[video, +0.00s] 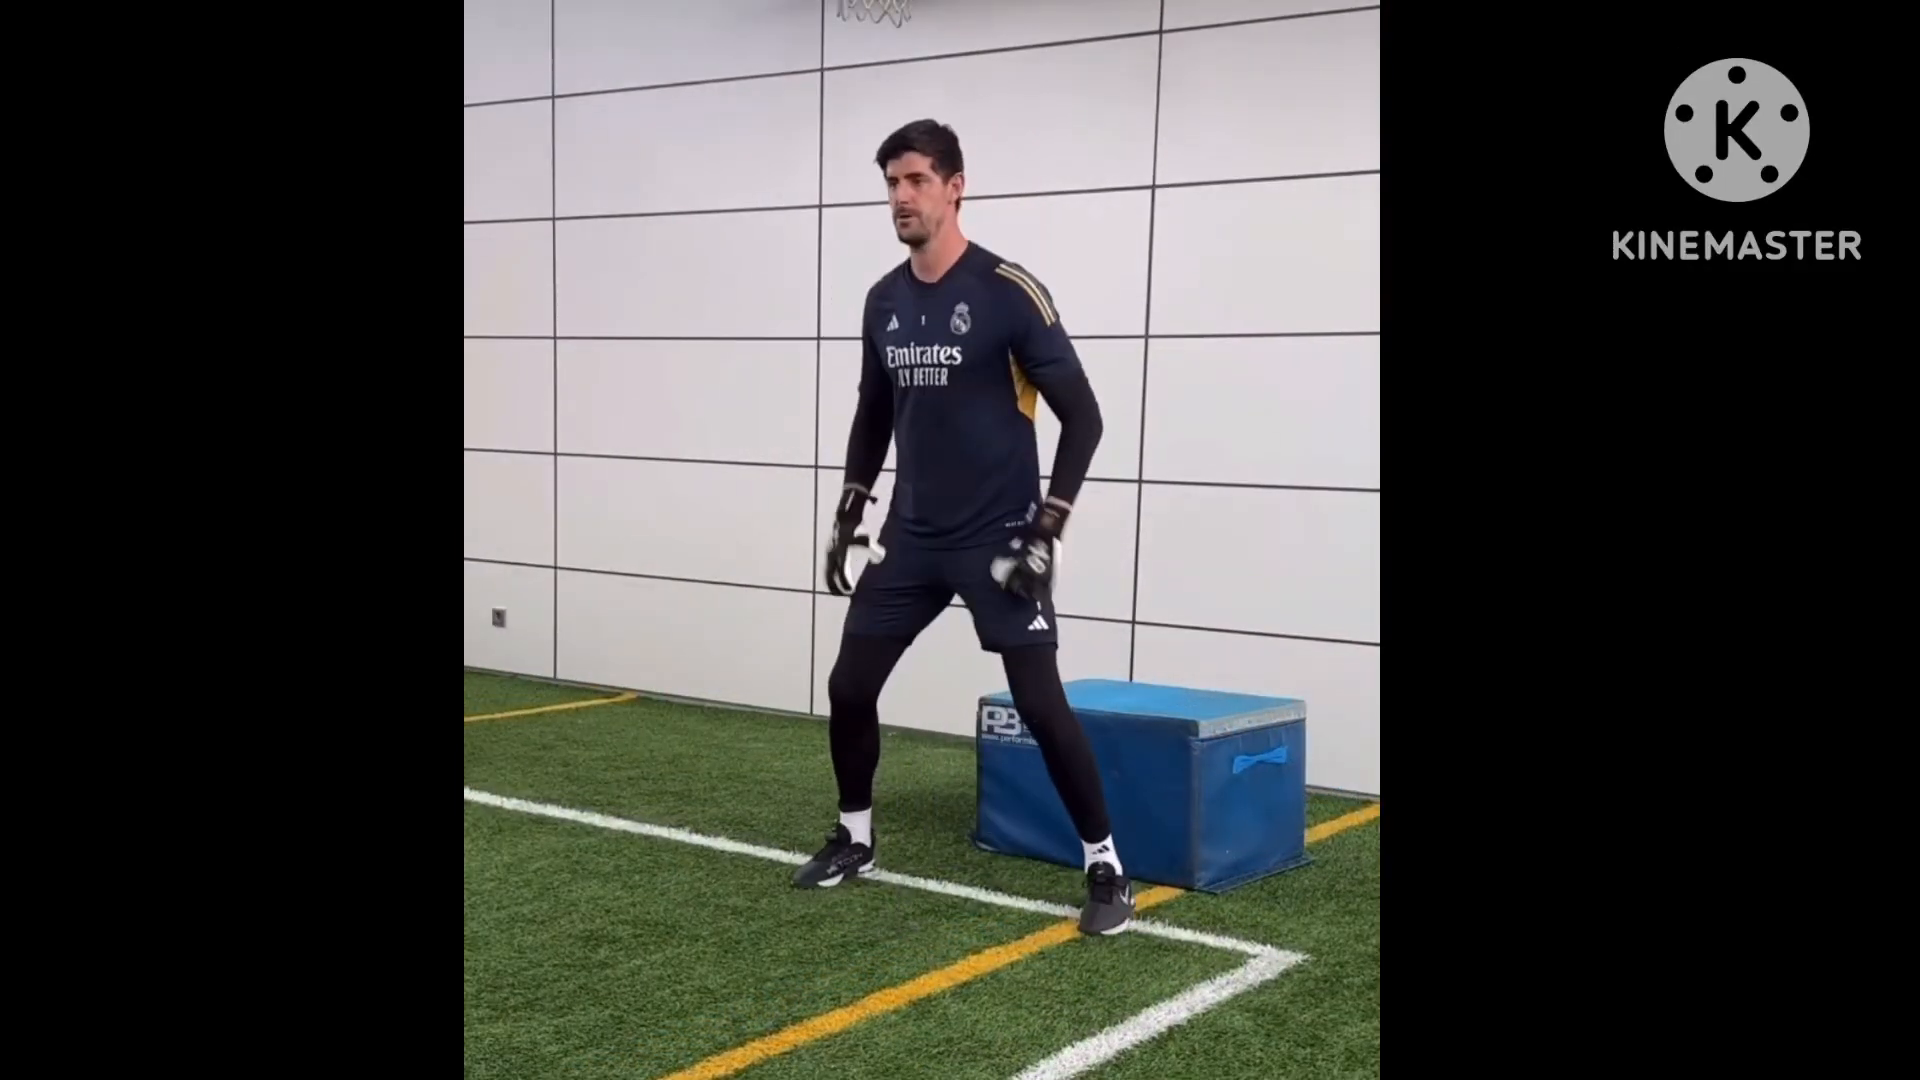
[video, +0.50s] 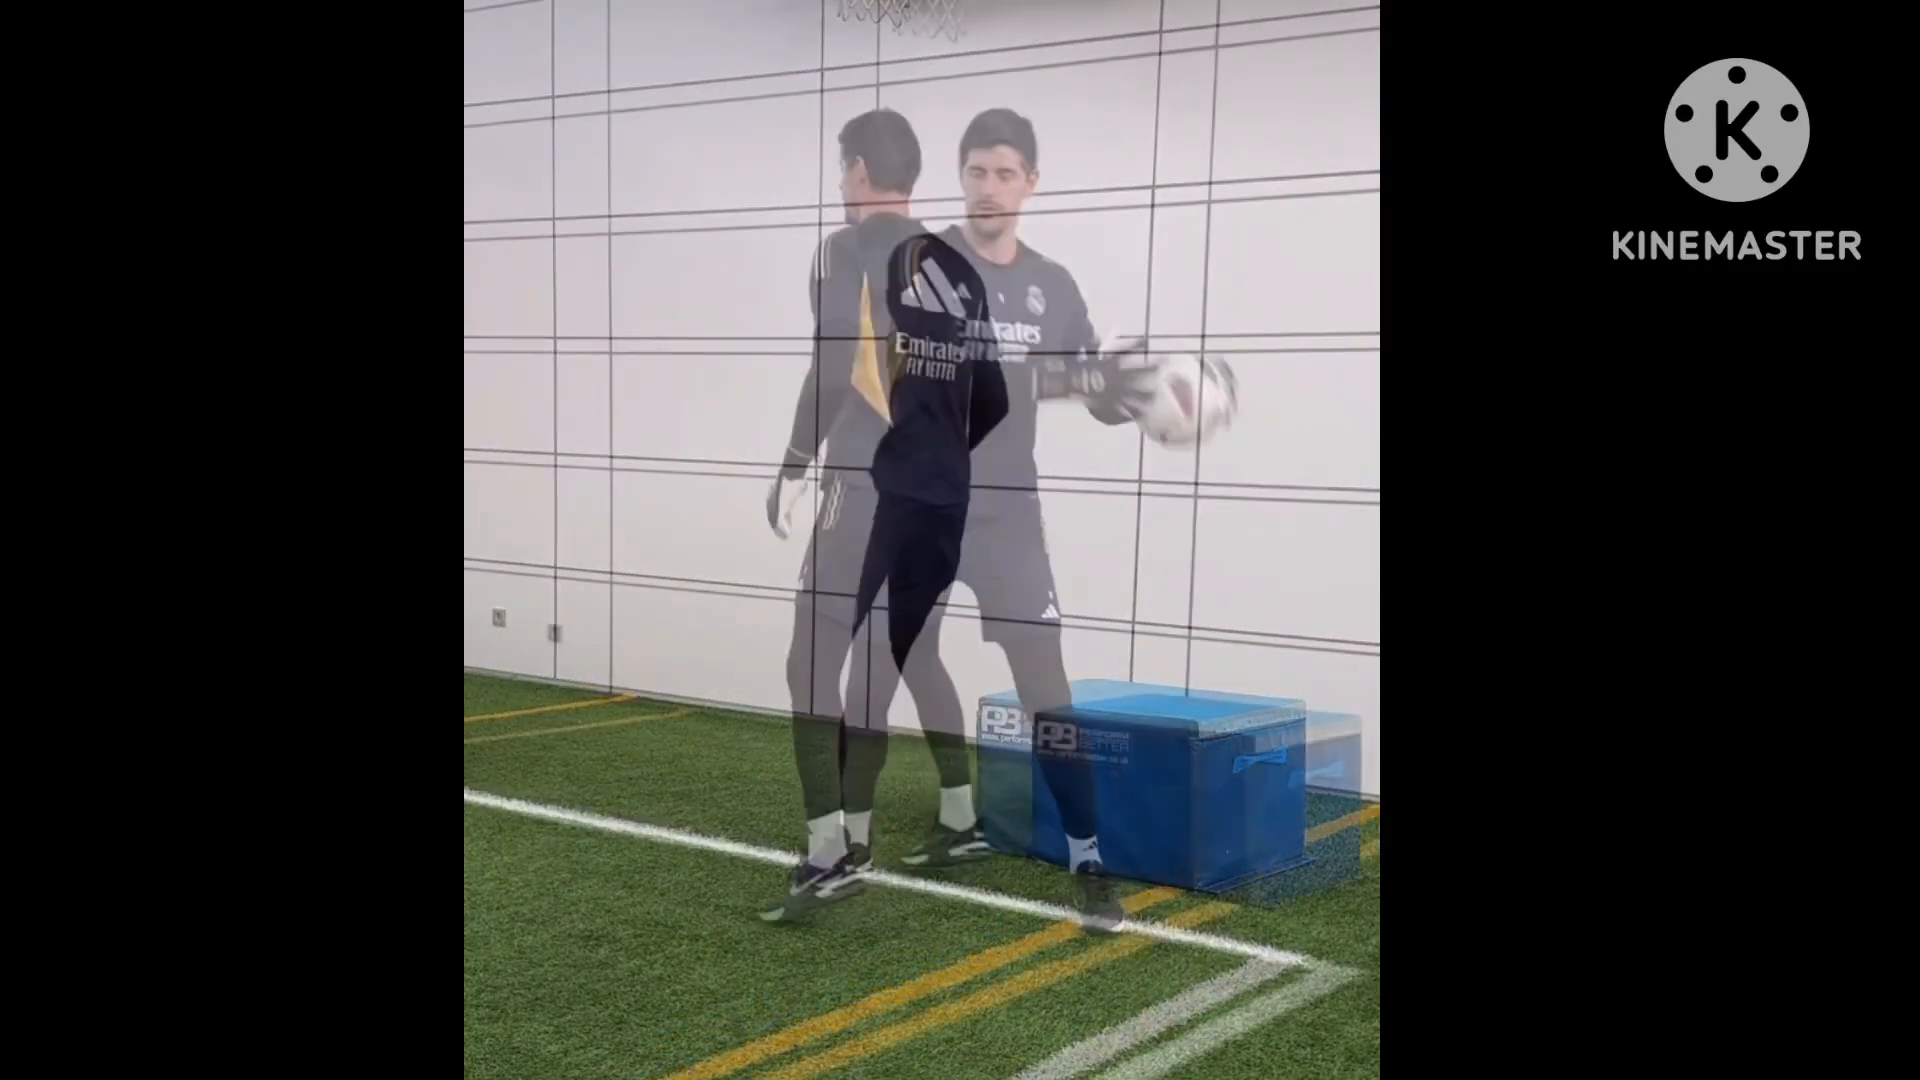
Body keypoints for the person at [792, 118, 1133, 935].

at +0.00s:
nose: (900, 197)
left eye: (915, 181)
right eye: (892, 183)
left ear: (955, 187)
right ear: (888, 194)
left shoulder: (1010, 293)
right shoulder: (885, 301)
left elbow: (1082, 416)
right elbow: (875, 410)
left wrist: (1046, 528)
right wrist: (848, 511)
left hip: (999, 538)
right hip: (911, 539)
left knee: (1040, 703)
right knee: (848, 689)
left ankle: (1105, 867)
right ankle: (853, 838)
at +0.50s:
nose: (841, 182)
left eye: (843, 169)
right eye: (846, 169)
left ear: (861, 172)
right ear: (914, 176)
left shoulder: (844, 250)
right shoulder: (956, 264)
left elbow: (834, 369)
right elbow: (995, 395)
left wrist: (796, 462)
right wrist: (937, 451)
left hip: (868, 486)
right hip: (942, 492)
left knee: (812, 657)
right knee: (914, 649)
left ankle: (831, 847)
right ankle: (960, 822)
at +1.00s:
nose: (869, 203)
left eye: (884, 189)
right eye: (863, 190)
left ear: (925, 198)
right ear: (862, 202)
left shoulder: (969, 287)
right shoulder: (867, 305)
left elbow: (1038, 411)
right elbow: (880, 413)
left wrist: (986, 510)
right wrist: (859, 503)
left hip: (965, 519)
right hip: (898, 522)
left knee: (957, 686)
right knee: (855, 686)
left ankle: (1040, 867)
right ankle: (899, 852)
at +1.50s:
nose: (972, 223)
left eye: (985, 207)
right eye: (961, 210)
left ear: (1021, 206)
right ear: (952, 216)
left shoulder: (1064, 290)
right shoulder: (942, 298)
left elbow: (1101, 380)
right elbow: (857, 382)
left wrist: (1010, 330)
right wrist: (860, 334)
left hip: (1051, 543)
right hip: (964, 541)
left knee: (1086, 716)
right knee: (893, 698)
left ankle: (1152, 890)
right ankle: (903, 853)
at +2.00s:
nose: (830, 192)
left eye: (842, 180)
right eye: (832, 179)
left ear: (882, 188)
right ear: (884, 190)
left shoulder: (888, 258)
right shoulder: (902, 262)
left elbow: (930, 368)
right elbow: (905, 381)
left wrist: (872, 452)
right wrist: (844, 446)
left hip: (904, 487)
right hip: (947, 489)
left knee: (825, 654)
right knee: (908, 648)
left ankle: (808, 848)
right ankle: (966, 818)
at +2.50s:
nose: (894, 216)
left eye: (908, 201)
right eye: (886, 204)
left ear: (946, 204)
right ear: (883, 213)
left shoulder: (1007, 296)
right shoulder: (880, 314)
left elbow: (1076, 406)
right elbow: (859, 404)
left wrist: (1024, 473)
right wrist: (838, 465)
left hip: (1002, 522)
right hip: (918, 523)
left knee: (1040, 687)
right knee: (858, 680)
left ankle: (1105, 856)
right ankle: (898, 819)